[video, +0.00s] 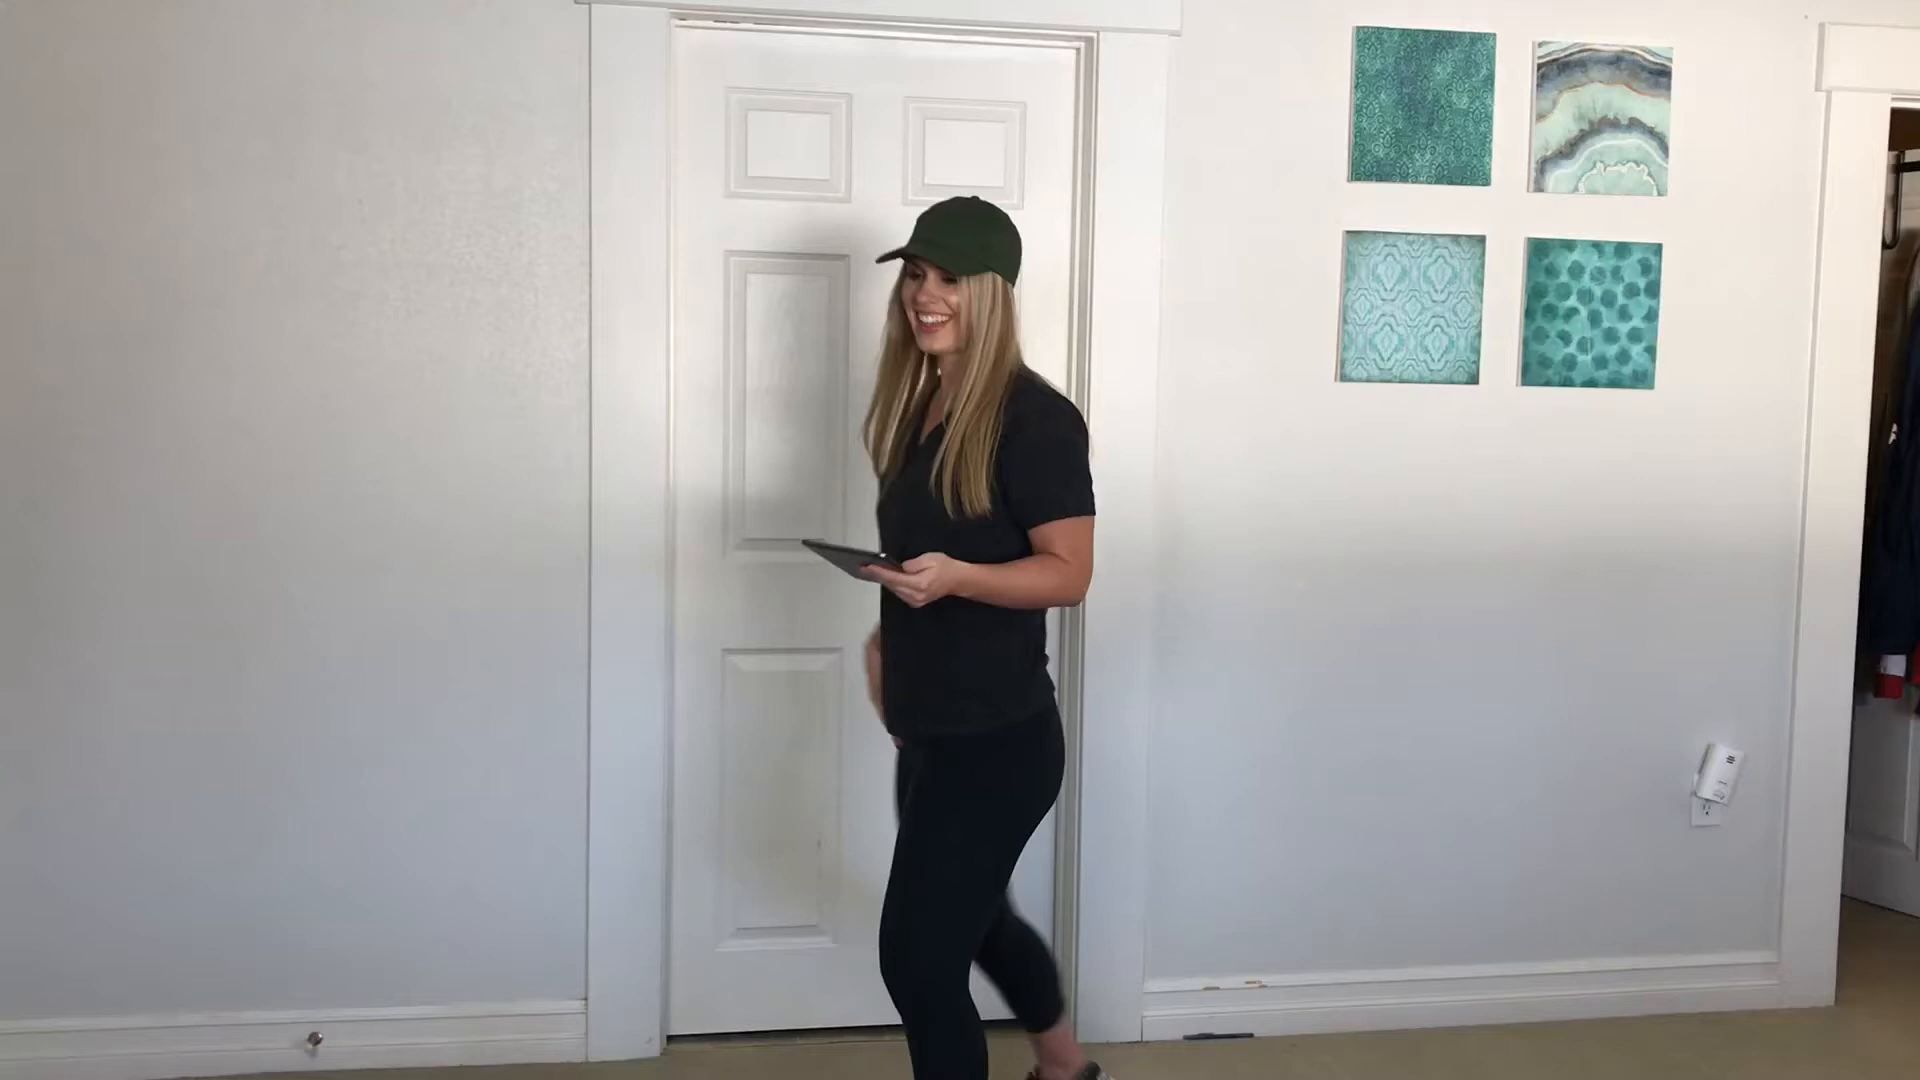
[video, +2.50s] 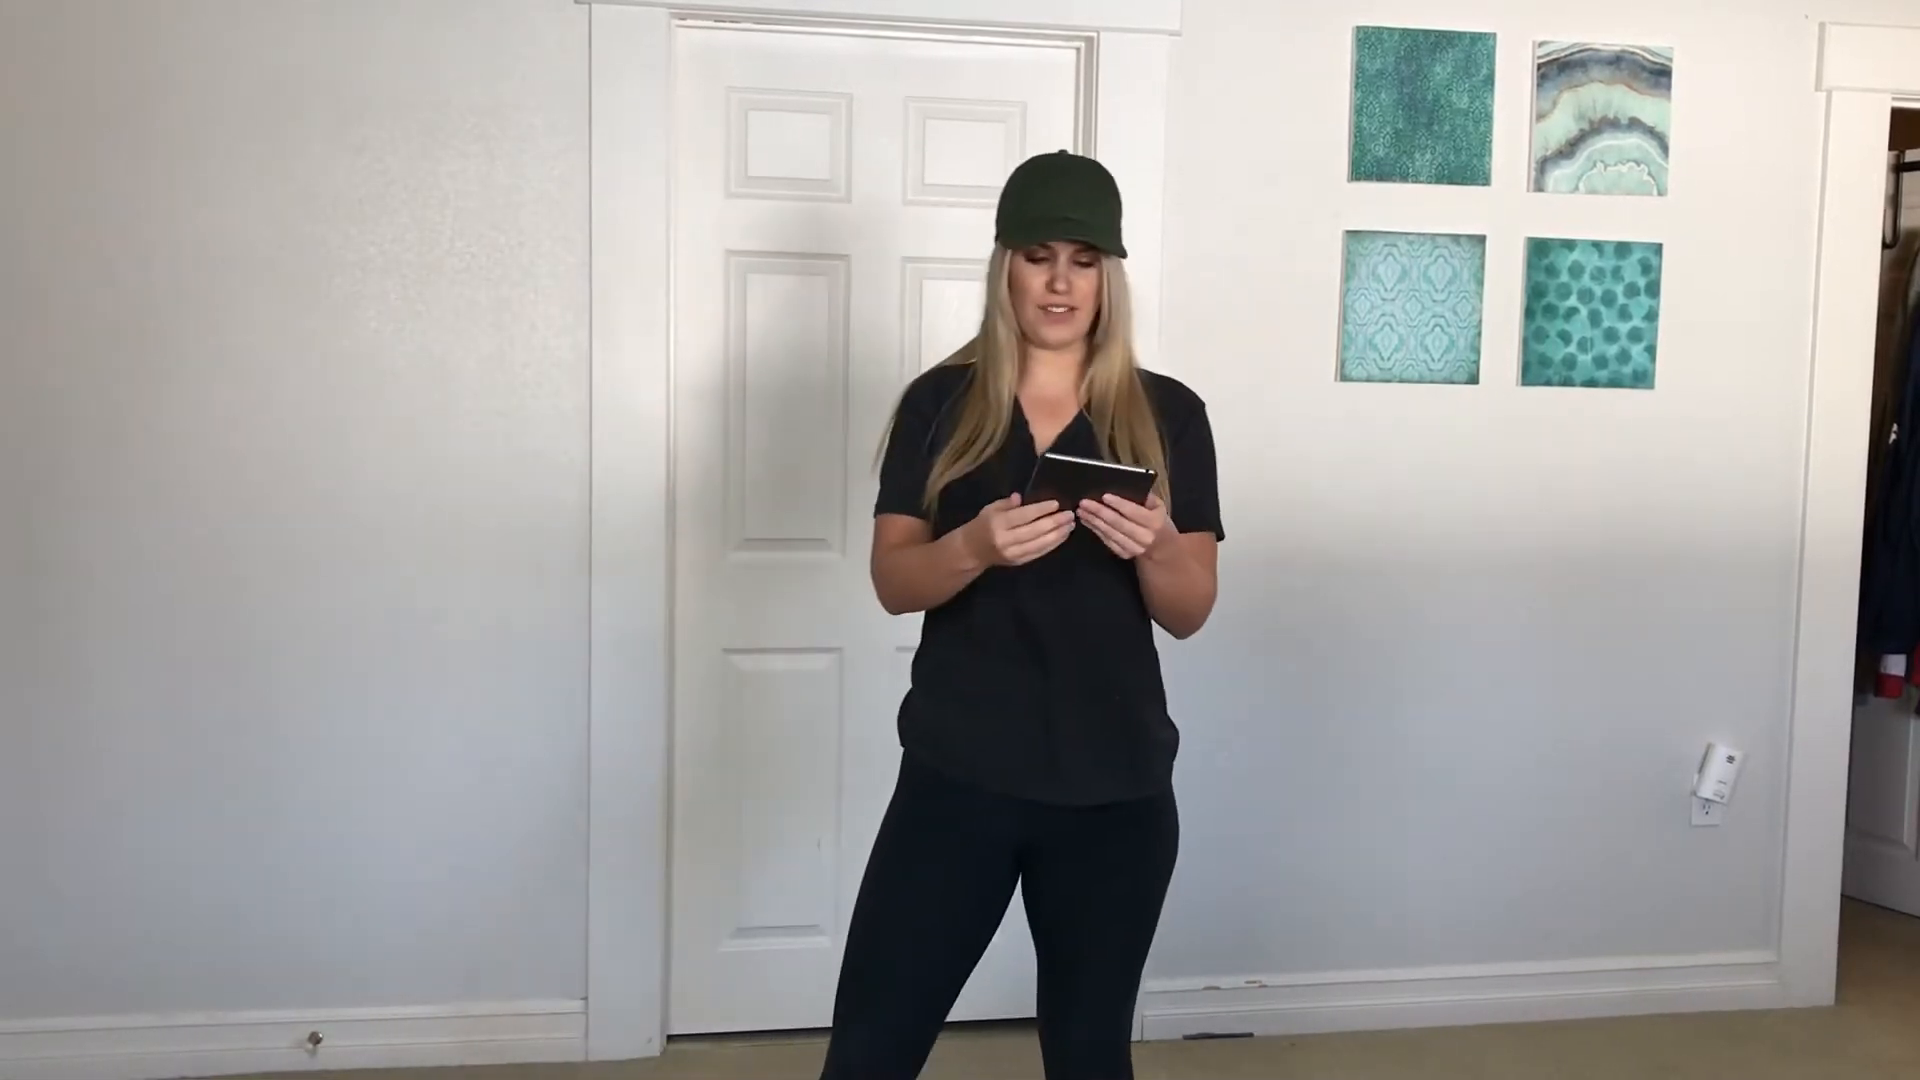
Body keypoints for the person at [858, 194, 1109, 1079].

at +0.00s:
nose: (923, 295)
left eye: (946, 278)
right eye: (914, 276)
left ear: (991, 293)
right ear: (903, 289)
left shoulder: (1038, 417)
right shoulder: (917, 408)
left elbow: (1071, 577)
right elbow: (919, 548)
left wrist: (958, 577)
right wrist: (880, 638)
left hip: (1001, 729)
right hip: (927, 720)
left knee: (917, 957)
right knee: (978, 914)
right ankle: (1063, 1061)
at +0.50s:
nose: (849, 256)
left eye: (876, 238)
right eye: (830, 234)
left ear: (907, 262)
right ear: (805, 253)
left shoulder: (966, 397)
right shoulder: (762, 392)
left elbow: (1021, 558)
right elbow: (738, 527)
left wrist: (973, 582)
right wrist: (693, 572)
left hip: (922, 737)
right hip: (787, 731)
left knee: (934, 987)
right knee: (720, 994)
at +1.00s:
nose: (686, 230)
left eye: (712, 211)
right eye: (662, 206)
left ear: (738, 235)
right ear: (627, 224)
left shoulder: (778, 387)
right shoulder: (561, 360)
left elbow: (771, 555)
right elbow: (499, 526)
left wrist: (876, 557)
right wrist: (600, 426)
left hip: (754, 757)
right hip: (598, 761)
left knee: (825, 1007)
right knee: (606, 1045)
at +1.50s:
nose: (665, 208)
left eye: (688, 187)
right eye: (636, 185)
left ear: (712, 216)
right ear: (597, 211)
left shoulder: (767, 370)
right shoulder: (527, 377)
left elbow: (790, 559)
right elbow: (464, 578)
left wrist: (866, 538)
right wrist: (488, 753)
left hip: (769, 764)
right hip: (603, 777)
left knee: (846, 1027)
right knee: (609, 1056)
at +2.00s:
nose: (902, 254)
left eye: (926, 235)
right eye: (878, 233)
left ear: (954, 258)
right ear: (843, 251)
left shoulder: (1014, 407)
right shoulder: (780, 406)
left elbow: (1049, 597)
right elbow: (745, 587)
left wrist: (1083, 585)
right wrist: (775, 678)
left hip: (990, 784)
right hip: (831, 786)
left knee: (1021, 1049)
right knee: (747, 1056)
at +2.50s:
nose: (1059, 283)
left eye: (1082, 262)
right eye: (1038, 259)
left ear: (1109, 275)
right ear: (1003, 268)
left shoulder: (1166, 415)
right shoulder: (938, 404)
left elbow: (1189, 610)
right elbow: (893, 581)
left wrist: (1156, 548)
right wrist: (974, 546)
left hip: (1112, 789)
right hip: (955, 781)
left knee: (1090, 1056)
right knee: (868, 1056)